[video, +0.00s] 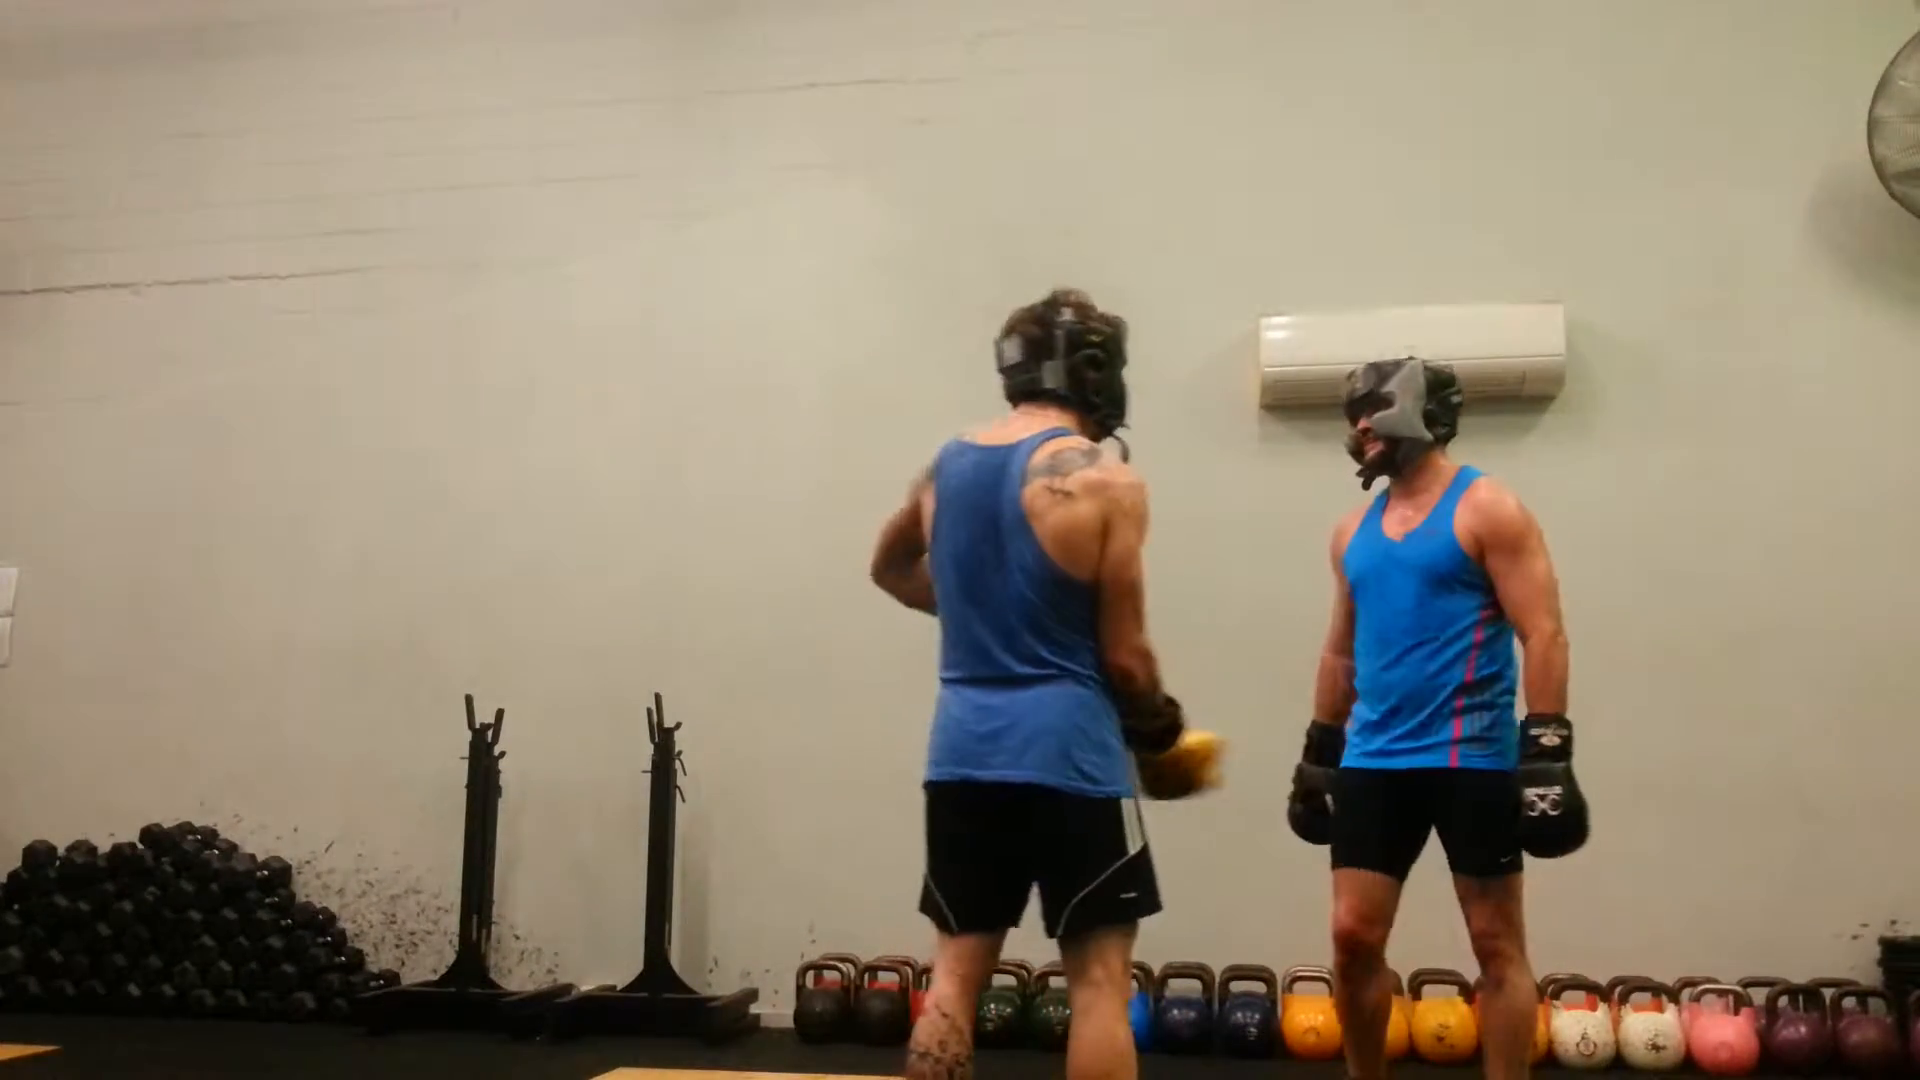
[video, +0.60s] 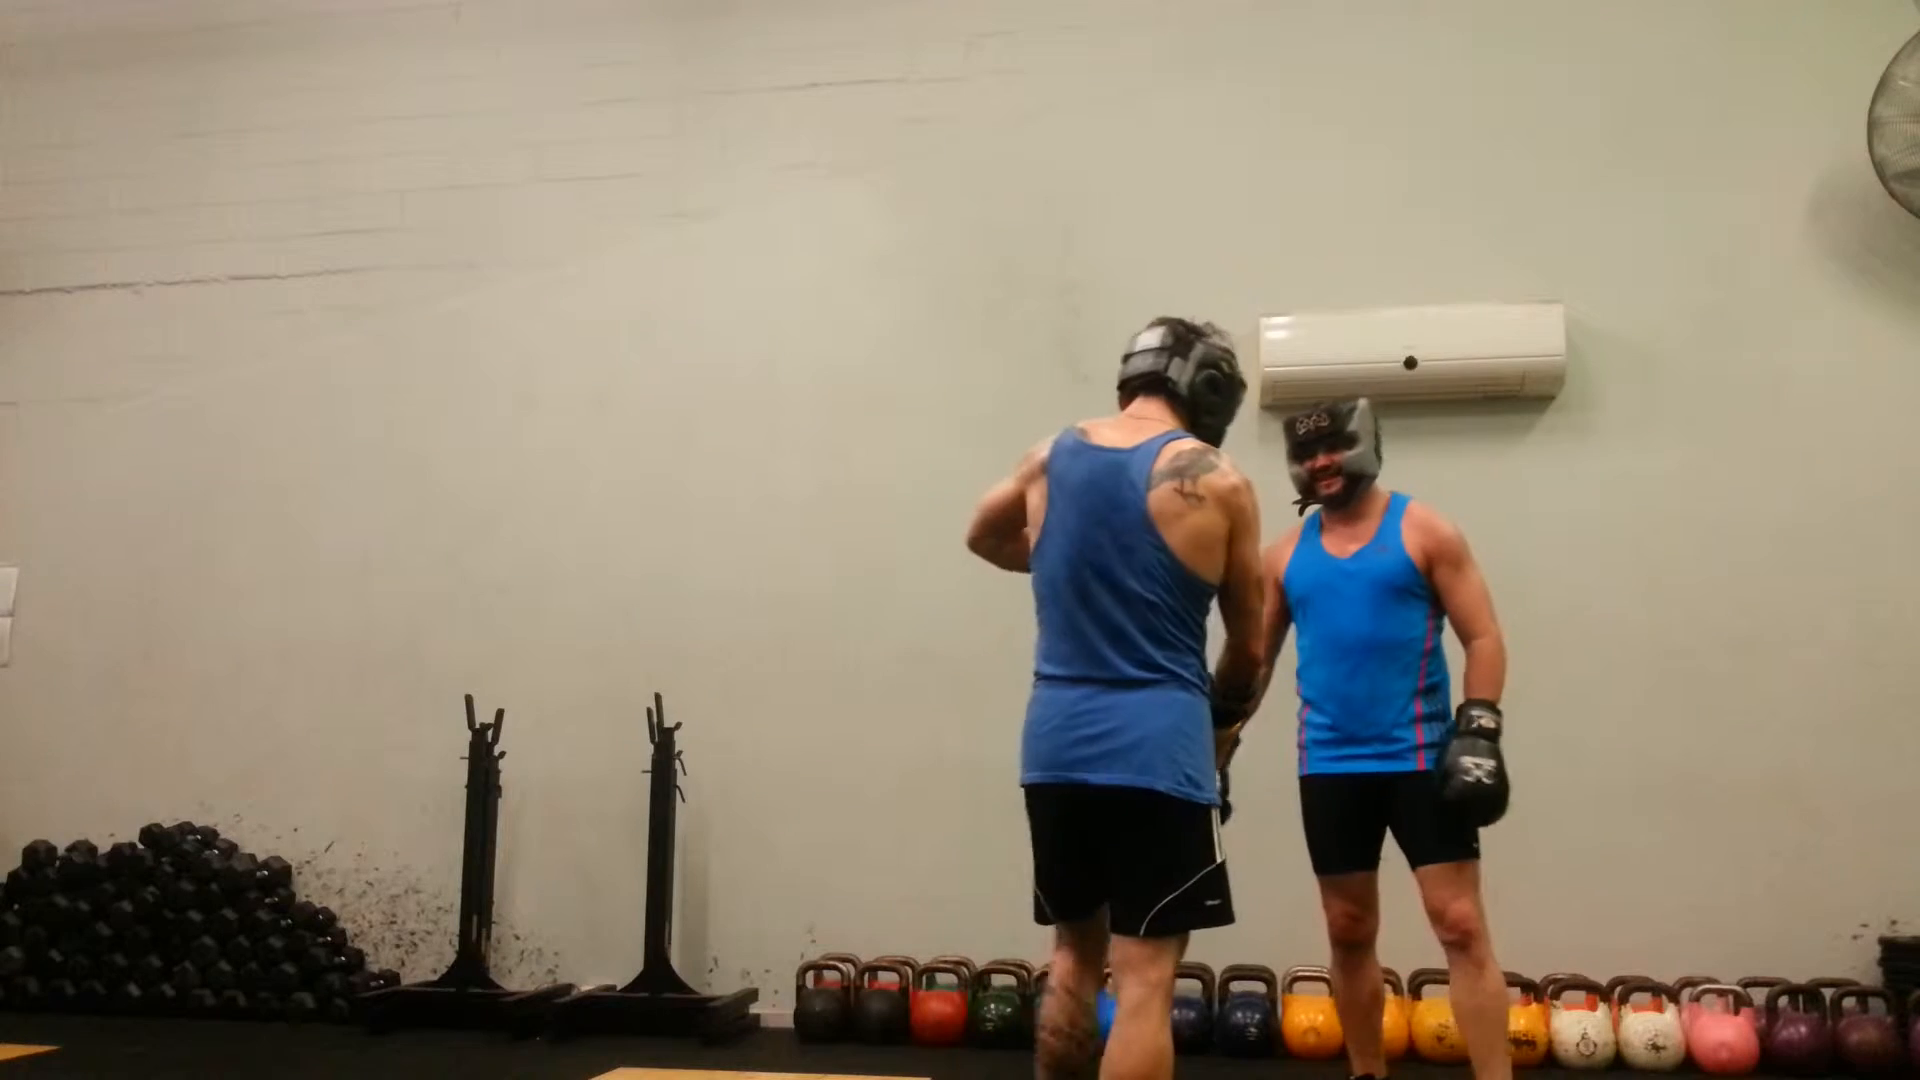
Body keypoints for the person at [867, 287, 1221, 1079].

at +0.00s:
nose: (1119, 376)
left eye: (1112, 361)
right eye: (1113, 363)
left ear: (1014, 372)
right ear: (1100, 373)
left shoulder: (952, 462)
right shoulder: (1111, 483)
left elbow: (891, 566)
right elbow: (1124, 657)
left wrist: (980, 608)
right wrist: (1161, 743)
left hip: (962, 758)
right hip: (1072, 764)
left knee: (955, 973)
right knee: (1100, 986)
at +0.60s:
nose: (1223, 408)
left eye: (1225, 397)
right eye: (1224, 395)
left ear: (1130, 382)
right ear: (1207, 387)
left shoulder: (1057, 451)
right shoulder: (1221, 486)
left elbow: (986, 535)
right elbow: (1247, 649)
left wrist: (1073, 564)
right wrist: (1220, 727)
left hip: (1054, 751)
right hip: (1157, 758)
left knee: (1075, 952)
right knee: (1143, 979)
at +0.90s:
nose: (1228, 423)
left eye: (1230, 413)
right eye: (1228, 411)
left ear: (1140, 396)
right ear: (1209, 404)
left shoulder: (1075, 464)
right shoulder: (1223, 479)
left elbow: (1031, 554)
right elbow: (1255, 627)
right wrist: (1201, 693)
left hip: (1076, 760)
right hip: (1171, 765)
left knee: (1118, 967)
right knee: (1172, 984)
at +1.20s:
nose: (1231, 443)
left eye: (1235, 433)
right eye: (1232, 429)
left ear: (1143, 404)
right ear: (1210, 410)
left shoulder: (1080, 478)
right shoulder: (1215, 470)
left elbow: (1112, 616)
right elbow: (1263, 616)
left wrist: (1223, 649)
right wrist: (1196, 655)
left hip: (1097, 762)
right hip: (1192, 760)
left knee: (1134, 957)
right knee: (1269, 953)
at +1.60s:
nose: (1314, 409)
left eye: (1310, 397)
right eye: (1309, 396)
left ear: (1218, 395)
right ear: (1294, 399)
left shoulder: (1165, 477)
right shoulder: (1300, 478)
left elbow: (1201, 613)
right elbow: (1348, 620)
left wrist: (1301, 646)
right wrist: (1258, 637)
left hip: (1172, 757)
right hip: (1272, 759)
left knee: (1175, 963)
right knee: (1318, 973)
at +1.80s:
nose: (1381, 391)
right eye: (1374, 378)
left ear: (1276, 383)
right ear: (1359, 387)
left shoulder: (1229, 465)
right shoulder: (1380, 477)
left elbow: (1196, 577)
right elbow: (1403, 606)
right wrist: (1302, 633)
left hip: (1221, 755)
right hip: (1327, 759)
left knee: (1190, 960)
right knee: (1344, 983)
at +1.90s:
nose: (1406, 388)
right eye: (1401, 376)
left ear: (1302, 381)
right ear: (1388, 388)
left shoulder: (1247, 462)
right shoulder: (1412, 478)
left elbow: (1203, 571)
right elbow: (1417, 609)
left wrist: (1280, 624)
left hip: (1235, 756)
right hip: (1346, 762)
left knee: (1201, 965)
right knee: (1353, 989)